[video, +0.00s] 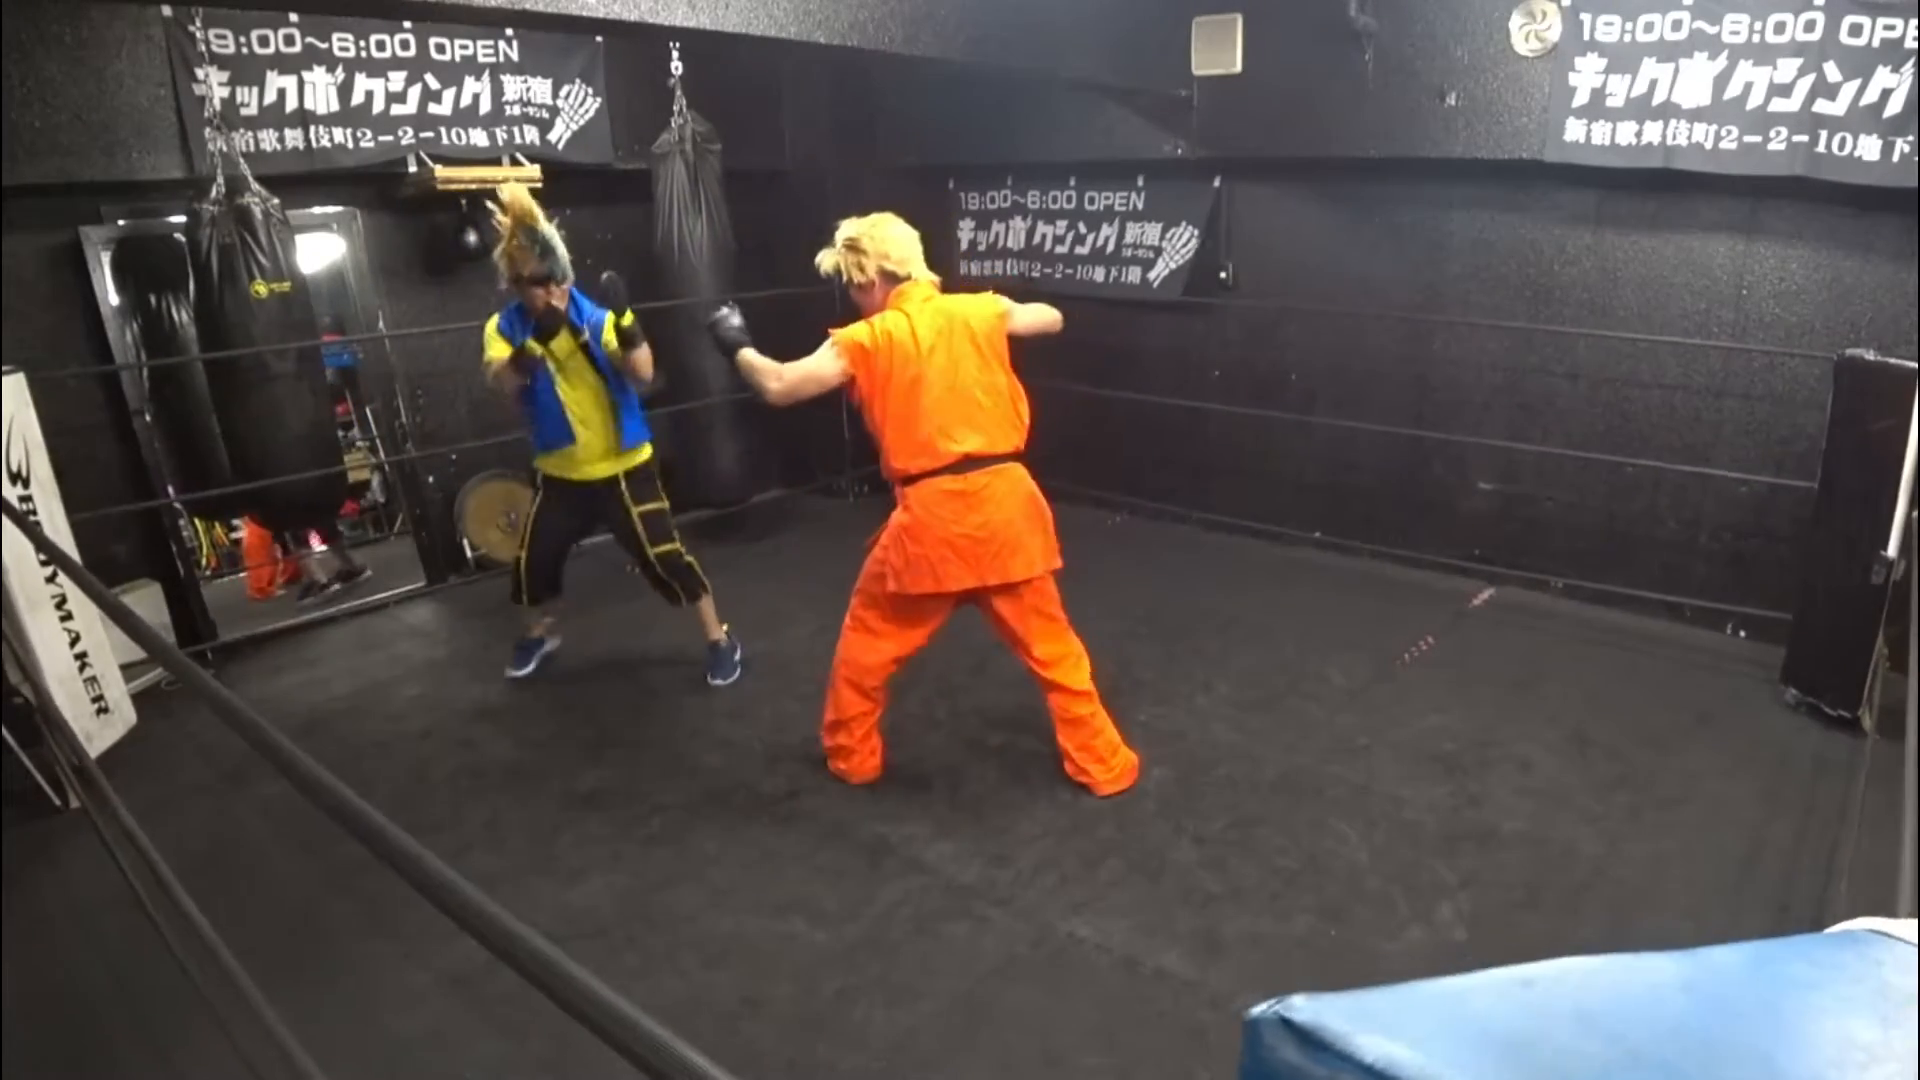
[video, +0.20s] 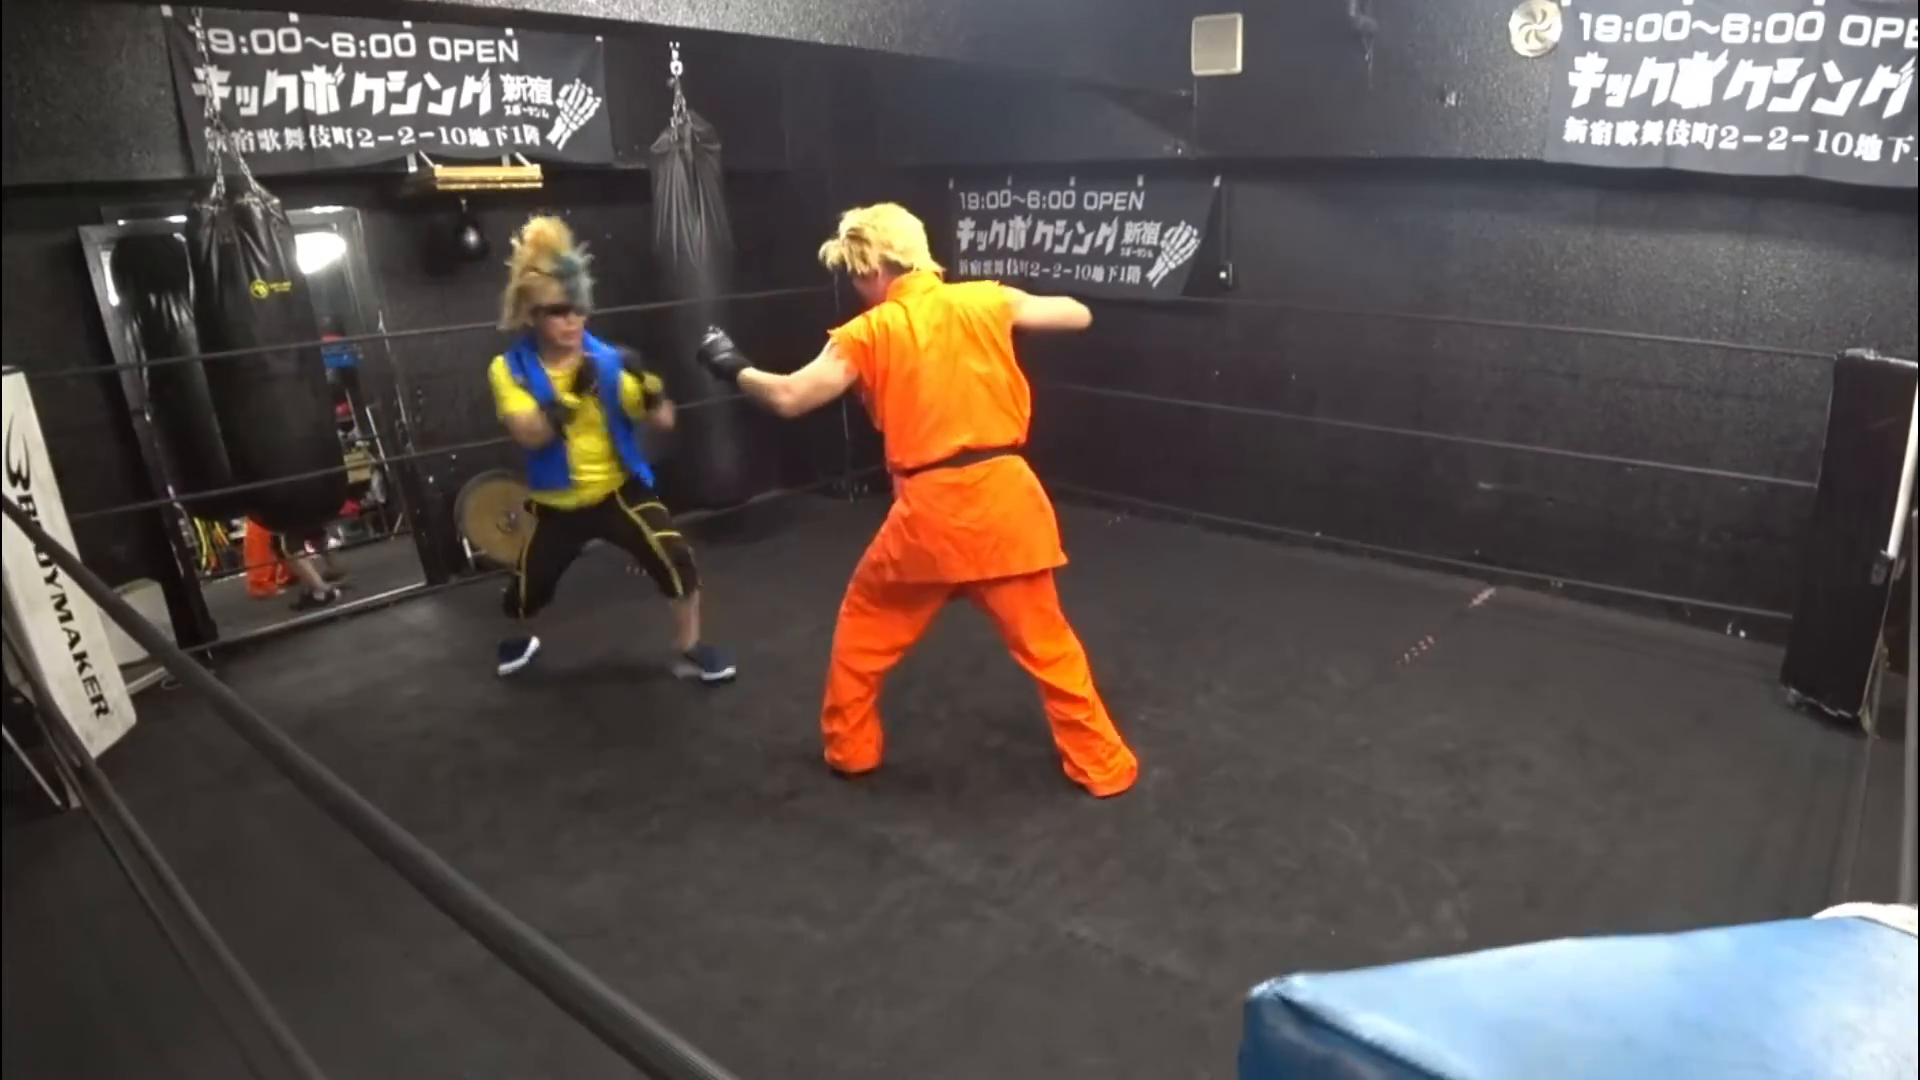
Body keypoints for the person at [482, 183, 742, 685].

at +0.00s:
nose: (544, 293)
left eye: (550, 280)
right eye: (532, 283)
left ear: (564, 278)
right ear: (515, 286)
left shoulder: (595, 315)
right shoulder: (505, 328)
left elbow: (644, 373)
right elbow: (505, 385)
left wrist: (627, 326)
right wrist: (532, 344)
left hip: (625, 462)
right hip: (562, 472)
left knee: (664, 556)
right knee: (534, 562)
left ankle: (718, 636)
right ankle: (541, 634)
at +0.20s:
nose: (572, 322)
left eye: (577, 311)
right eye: (558, 313)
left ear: (587, 313)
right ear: (531, 318)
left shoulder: (607, 357)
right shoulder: (511, 369)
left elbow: (663, 422)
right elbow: (529, 433)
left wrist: (653, 398)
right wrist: (573, 398)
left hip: (622, 494)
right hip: (558, 505)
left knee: (678, 563)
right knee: (525, 596)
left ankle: (690, 646)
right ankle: (520, 640)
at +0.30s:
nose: (617, 306)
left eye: (623, 294)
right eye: (603, 296)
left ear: (633, 296)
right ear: (575, 302)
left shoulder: (648, 354)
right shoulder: (551, 359)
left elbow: (683, 397)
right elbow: (549, 432)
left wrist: (693, 394)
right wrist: (610, 414)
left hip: (632, 496)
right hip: (571, 506)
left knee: (688, 565)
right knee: (552, 598)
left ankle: (687, 656)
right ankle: (526, 635)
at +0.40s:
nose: (666, 306)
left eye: (669, 295)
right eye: (654, 296)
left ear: (675, 300)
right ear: (623, 303)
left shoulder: (663, 352)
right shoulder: (598, 353)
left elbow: (681, 406)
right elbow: (575, 421)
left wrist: (701, 395)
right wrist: (644, 412)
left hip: (642, 497)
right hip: (592, 503)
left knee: (699, 562)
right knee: (604, 619)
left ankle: (689, 657)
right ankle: (523, 628)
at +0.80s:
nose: (746, 377)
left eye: (749, 366)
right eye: (734, 367)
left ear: (695, 370)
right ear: (702, 368)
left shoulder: (683, 403)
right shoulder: (704, 402)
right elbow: (733, 435)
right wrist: (801, 403)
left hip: (641, 561)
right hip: (682, 566)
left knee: (718, 571)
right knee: (773, 653)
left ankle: (705, 669)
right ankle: (741, 773)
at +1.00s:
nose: (761, 352)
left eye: (762, 341)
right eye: (752, 342)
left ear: (721, 341)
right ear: (723, 342)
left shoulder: (702, 381)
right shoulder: (720, 389)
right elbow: (708, 461)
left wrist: (748, 458)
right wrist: (758, 461)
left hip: (662, 541)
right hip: (690, 552)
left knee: (726, 580)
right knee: (791, 637)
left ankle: (699, 669)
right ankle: (744, 759)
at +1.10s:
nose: (752, 326)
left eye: (756, 312)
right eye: (738, 315)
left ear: (764, 312)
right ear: (705, 323)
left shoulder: (764, 367)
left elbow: (798, 429)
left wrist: (791, 426)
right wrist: (634, 494)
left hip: (738, 526)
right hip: (693, 543)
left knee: (745, 592)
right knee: (802, 601)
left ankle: (701, 670)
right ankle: (782, 721)